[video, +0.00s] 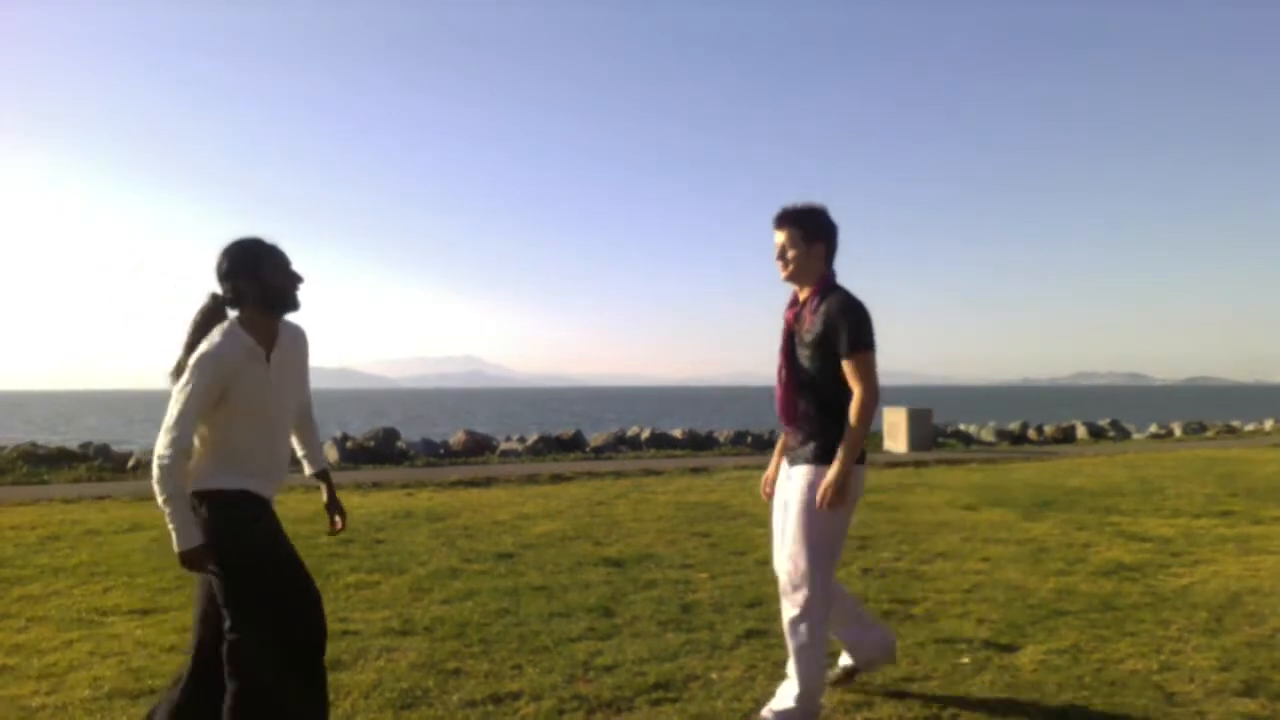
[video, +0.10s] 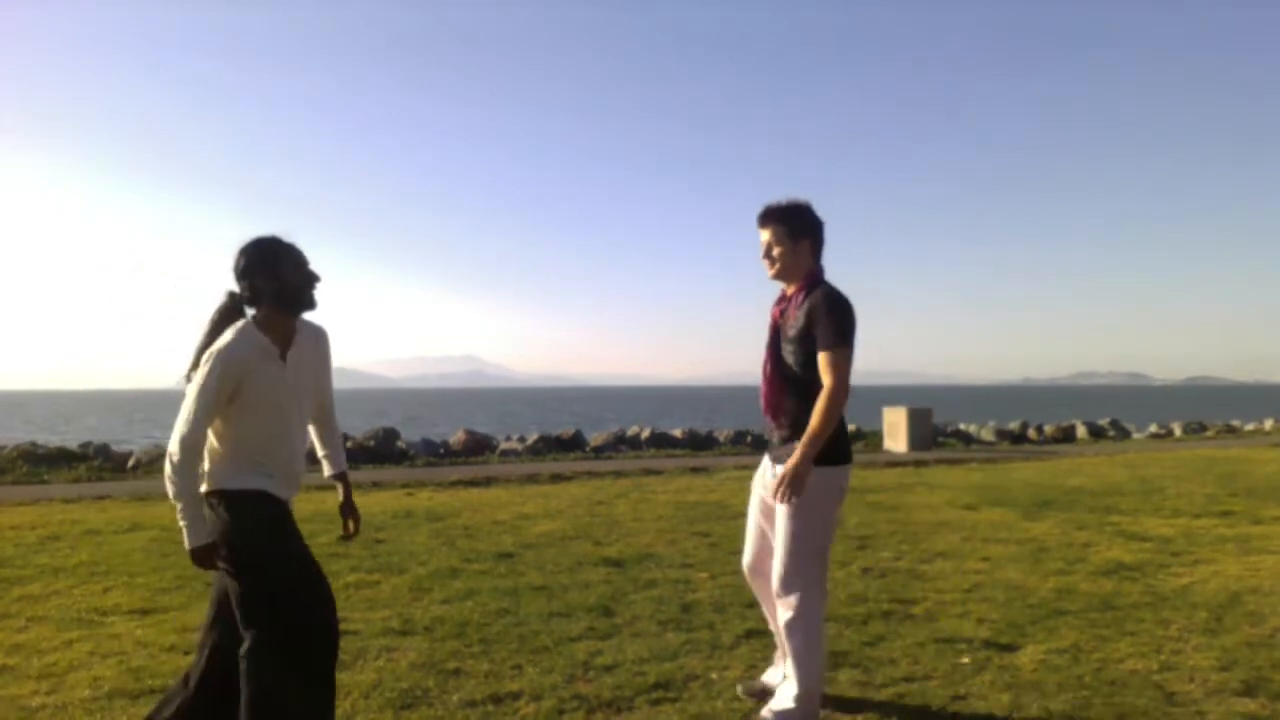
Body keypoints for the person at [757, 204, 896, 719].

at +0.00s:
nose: (780, 258)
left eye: (788, 249)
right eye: (777, 250)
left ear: (821, 249)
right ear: (783, 253)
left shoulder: (843, 309)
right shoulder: (796, 309)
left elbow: (866, 391)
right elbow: (802, 397)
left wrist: (843, 466)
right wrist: (777, 458)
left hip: (824, 461)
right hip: (793, 459)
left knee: (803, 579)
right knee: (790, 570)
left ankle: (800, 697)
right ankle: (868, 641)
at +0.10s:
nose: (766, 255)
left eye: (775, 246)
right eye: (763, 247)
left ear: (807, 246)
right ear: (771, 251)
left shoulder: (827, 304)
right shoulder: (785, 305)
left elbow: (835, 389)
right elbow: (792, 382)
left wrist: (803, 458)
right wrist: (779, 446)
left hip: (812, 462)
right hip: (776, 456)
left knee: (796, 582)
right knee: (758, 565)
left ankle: (800, 699)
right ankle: (790, 664)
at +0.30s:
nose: (744, 254)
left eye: (753, 244)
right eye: (742, 247)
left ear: (785, 243)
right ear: (751, 250)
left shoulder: (803, 301)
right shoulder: (765, 303)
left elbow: (789, 379)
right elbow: (768, 382)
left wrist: (736, 438)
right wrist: (749, 442)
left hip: (789, 462)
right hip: (749, 457)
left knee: (783, 583)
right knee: (697, 567)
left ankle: (800, 697)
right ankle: (669, 685)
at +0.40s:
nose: (733, 256)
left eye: (742, 247)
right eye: (730, 248)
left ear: (775, 246)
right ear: (737, 251)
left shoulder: (793, 304)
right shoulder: (753, 305)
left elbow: (780, 381)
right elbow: (755, 385)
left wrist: (720, 439)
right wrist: (733, 442)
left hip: (781, 468)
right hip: (736, 461)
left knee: (779, 591)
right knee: (684, 574)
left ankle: (798, 702)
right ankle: (635, 691)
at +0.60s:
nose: (702, 257)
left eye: (711, 248)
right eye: (700, 249)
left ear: (744, 249)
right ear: (709, 254)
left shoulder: (768, 309)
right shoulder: (721, 311)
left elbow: (762, 395)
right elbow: (729, 394)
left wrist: (718, 467)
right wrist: (700, 437)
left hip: (760, 475)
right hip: (709, 468)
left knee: (767, 597)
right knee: (677, 594)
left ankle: (789, 703)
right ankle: (648, 706)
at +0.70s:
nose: (682, 255)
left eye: (691, 245)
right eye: (680, 247)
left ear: (725, 248)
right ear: (686, 252)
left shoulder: (751, 308)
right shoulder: (698, 314)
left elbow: (754, 397)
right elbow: (702, 402)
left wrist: (730, 475)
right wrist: (655, 409)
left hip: (746, 478)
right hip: (693, 477)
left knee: (761, 599)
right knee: (673, 603)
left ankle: (786, 704)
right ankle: (659, 710)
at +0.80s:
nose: (658, 251)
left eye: (668, 241)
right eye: (656, 243)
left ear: (703, 242)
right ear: (662, 248)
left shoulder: (734, 303)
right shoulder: (674, 314)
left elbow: (754, 388)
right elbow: (657, 397)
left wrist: (745, 476)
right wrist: (618, 368)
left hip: (728, 482)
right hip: (672, 483)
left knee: (751, 602)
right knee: (658, 607)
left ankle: (779, 702)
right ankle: (653, 714)